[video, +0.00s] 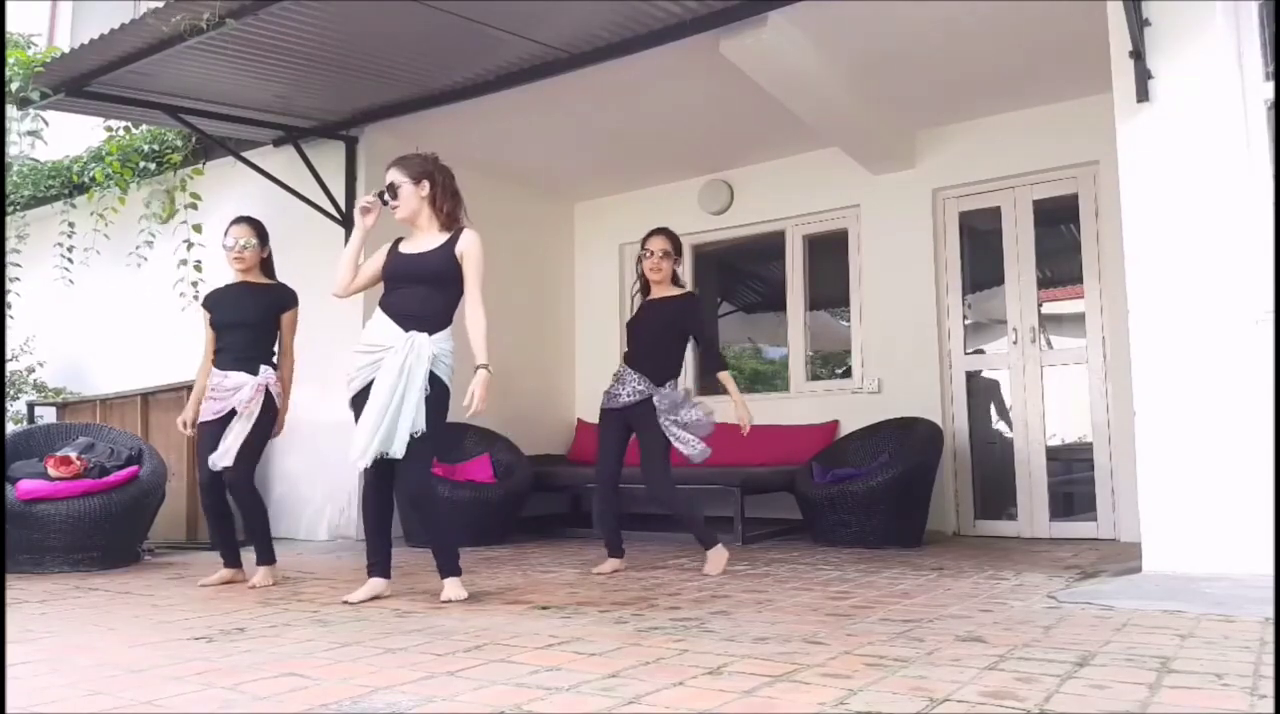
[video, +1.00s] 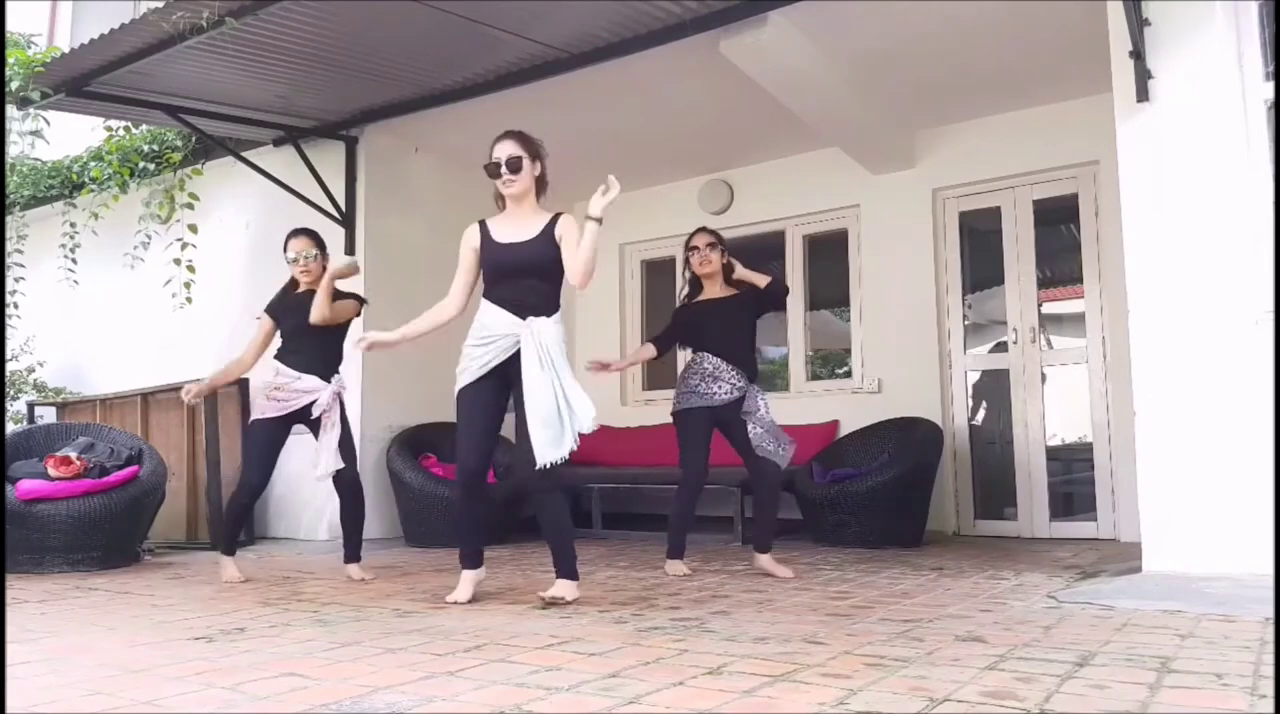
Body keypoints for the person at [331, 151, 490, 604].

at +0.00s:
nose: (387, 199)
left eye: (394, 190)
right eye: (387, 191)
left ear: (424, 187)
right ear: (412, 192)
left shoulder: (462, 240)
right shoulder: (393, 249)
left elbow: (473, 305)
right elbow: (343, 286)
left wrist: (482, 367)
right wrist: (361, 229)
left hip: (427, 365)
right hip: (375, 362)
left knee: (418, 474)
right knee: (377, 469)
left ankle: (450, 576)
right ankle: (378, 576)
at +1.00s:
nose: (504, 172)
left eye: (514, 163)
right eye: (496, 166)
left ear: (538, 167)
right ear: (490, 174)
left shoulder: (559, 223)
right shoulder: (478, 232)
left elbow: (579, 277)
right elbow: (453, 303)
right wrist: (394, 336)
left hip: (539, 351)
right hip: (485, 350)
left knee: (541, 464)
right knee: (469, 464)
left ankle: (567, 577)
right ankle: (471, 568)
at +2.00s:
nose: (518, 187)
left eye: (527, 180)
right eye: (509, 181)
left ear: (542, 190)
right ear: (498, 191)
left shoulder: (558, 238)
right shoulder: (483, 249)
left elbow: (570, 202)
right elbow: (463, 308)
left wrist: (556, 169)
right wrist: (428, 305)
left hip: (540, 361)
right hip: (486, 358)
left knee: (541, 465)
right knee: (468, 470)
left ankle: (606, 563)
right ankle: (459, 576)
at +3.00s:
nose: (530, 190)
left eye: (538, 183)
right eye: (521, 183)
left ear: (552, 190)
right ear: (510, 191)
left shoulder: (570, 235)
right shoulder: (498, 249)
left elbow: (559, 196)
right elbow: (499, 300)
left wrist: (559, 170)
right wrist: (516, 309)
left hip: (555, 357)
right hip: (505, 355)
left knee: (556, 466)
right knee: (472, 461)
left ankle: (624, 569)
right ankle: (468, 574)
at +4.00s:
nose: (548, 187)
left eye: (557, 180)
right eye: (539, 180)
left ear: (571, 188)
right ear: (527, 187)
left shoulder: (581, 233)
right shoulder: (511, 243)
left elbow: (592, 198)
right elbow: (496, 287)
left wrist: (586, 174)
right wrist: (519, 289)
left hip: (568, 364)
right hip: (525, 366)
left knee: (568, 470)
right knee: (460, 454)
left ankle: (632, 571)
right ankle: (479, 571)